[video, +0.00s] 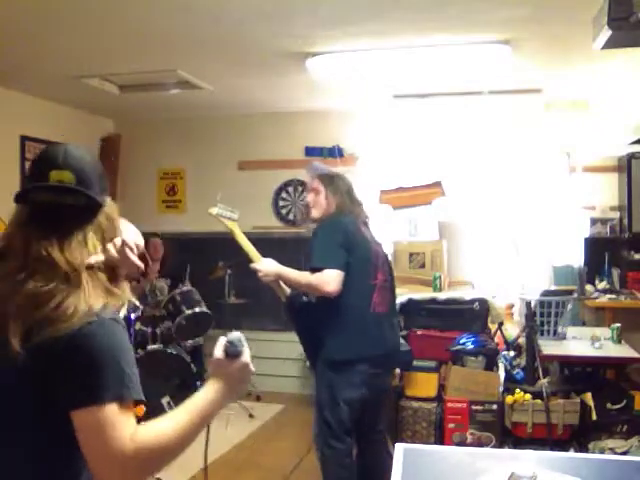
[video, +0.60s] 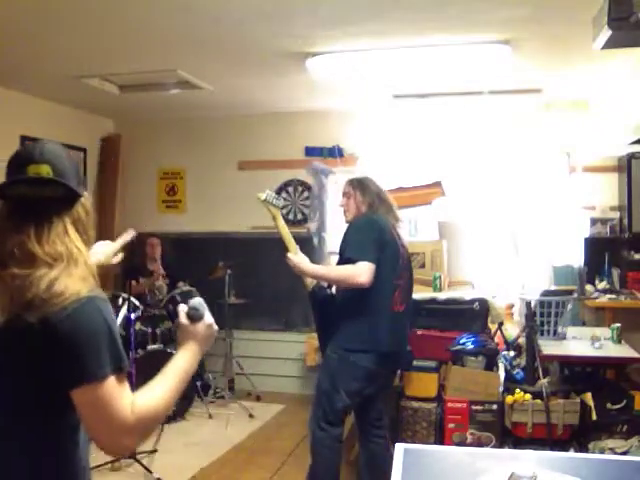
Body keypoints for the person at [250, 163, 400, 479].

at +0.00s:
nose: (307, 199)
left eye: (314, 192)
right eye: (308, 192)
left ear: (333, 196)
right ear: (339, 197)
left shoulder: (333, 228)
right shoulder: (362, 231)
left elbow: (329, 284)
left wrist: (279, 271)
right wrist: (286, 285)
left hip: (347, 356)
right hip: (378, 353)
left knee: (333, 442)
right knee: (372, 436)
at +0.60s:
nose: (342, 204)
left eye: (346, 197)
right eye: (342, 198)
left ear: (361, 198)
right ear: (372, 199)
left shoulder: (365, 225)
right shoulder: (390, 233)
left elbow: (362, 275)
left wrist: (309, 269)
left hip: (356, 348)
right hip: (385, 349)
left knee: (326, 424)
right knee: (374, 428)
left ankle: (322, 475)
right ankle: (377, 476)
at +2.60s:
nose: (322, 214)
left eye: (325, 207)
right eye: (323, 207)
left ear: (337, 207)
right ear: (361, 206)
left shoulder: (341, 238)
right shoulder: (377, 243)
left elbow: (321, 295)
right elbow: (370, 300)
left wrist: (276, 285)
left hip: (331, 358)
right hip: (363, 357)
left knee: (299, 439)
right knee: (357, 435)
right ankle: (373, 475)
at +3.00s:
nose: (306, 220)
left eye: (310, 212)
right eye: (305, 212)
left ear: (326, 211)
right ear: (343, 209)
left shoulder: (331, 241)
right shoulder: (366, 243)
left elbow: (316, 297)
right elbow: (372, 303)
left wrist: (292, 330)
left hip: (323, 354)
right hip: (355, 355)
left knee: (292, 435)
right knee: (349, 429)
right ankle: (364, 474)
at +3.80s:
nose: (307, 210)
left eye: (312, 203)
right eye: (308, 203)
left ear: (328, 207)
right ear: (349, 206)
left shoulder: (338, 240)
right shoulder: (368, 241)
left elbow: (324, 307)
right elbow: (362, 304)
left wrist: (280, 294)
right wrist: (311, 292)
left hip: (328, 361)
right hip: (358, 360)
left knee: (295, 445)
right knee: (352, 433)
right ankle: (367, 476)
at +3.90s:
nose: (308, 207)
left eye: (314, 201)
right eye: (310, 200)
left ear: (330, 207)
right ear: (349, 207)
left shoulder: (338, 240)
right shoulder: (368, 242)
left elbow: (325, 307)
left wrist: (279, 294)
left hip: (328, 361)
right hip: (358, 360)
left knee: (295, 445)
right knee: (352, 433)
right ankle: (368, 475)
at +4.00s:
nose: (308, 207)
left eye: (313, 201)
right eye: (309, 200)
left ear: (330, 207)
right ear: (349, 207)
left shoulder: (338, 241)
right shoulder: (367, 242)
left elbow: (326, 307)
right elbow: (361, 305)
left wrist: (280, 295)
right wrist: (310, 297)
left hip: (327, 362)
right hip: (358, 361)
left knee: (296, 445)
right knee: (352, 433)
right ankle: (368, 476)